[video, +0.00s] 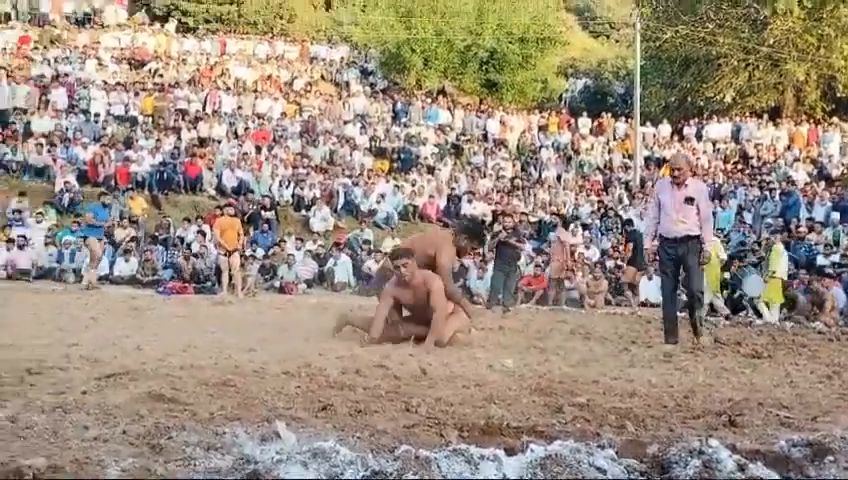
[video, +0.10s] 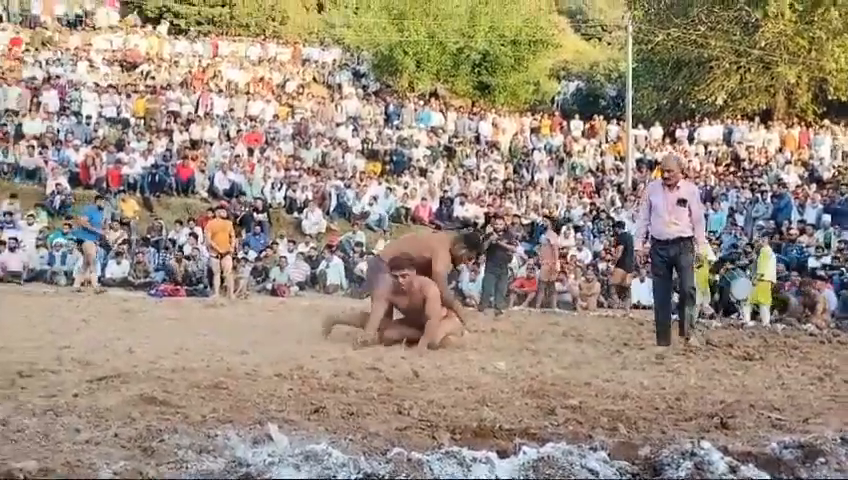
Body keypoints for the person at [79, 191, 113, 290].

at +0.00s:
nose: (108, 201)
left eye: (110, 199)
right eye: (106, 198)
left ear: (111, 200)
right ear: (101, 198)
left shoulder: (107, 210)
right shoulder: (93, 207)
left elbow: (107, 222)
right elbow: (88, 220)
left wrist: (110, 223)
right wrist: (103, 224)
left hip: (100, 235)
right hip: (90, 234)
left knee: (98, 257)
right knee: (97, 253)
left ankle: (88, 280)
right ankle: (91, 278)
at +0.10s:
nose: (102, 203)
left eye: (103, 201)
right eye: (100, 201)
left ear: (104, 202)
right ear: (96, 201)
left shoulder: (101, 213)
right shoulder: (90, 210)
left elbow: (101, 226)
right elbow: (83, 222)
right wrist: (98, 231)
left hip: (94, 239)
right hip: (86, 238)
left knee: (86, 263)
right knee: (92, 260)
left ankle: (77, 284)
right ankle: (95, 284)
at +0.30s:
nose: (105, 207)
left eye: (106, 205)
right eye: (103, 204)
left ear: (106, 205)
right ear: (99, 204)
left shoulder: (103, 215)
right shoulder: (93, 214)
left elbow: (101, 230)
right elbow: (88, 227)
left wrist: (103, 241)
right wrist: (94, 239)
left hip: (98, 243)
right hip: (90, 243)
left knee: (94, 265)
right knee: (94, 264)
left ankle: (77, 284)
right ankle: (92, 288)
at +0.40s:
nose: (109, 210)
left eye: (109, 208)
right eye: (108, 207)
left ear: (102, 207)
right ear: (103, 207)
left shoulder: (101, 217)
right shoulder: (95, 217)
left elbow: (102, 232)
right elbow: (93, 232)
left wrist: (103, 245)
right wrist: (100, 245)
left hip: (99, 244)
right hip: (92, 244)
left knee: (103, 266)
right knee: (94, 267)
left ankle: (86, 283)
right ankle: (91, 291)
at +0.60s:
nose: (114, 214)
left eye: (115, 212)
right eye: (113, 211)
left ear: (109, 211)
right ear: (110, 210)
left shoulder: (107, 221)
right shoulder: (101, 218)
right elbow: (102, 232)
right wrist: (107, 247)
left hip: (105, 247)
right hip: (97, 247)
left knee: (109, 272)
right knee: (97, 270)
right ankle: (90, 294)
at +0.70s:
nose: (116, 217)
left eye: (117, 215)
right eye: (116, 214)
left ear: (111, 213)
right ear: (113, 213)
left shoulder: (110, 223)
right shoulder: (105, 221)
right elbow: (106, 237)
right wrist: (112, 251)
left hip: (108, 250)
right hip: (101, 250)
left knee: (110, 275)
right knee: (99, 273)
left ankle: (111, 297)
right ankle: (89, 296)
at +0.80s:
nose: (120, 219)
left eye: (120, 217)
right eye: (119, 217)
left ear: (113, 215)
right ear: (116, 215)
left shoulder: (113, 225)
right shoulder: (108, 222)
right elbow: (107, 235)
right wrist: (114, 250)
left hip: (112, 251)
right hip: (105, 250)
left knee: (112, 275)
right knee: (105, 274)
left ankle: (111, 297)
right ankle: (91, 295)